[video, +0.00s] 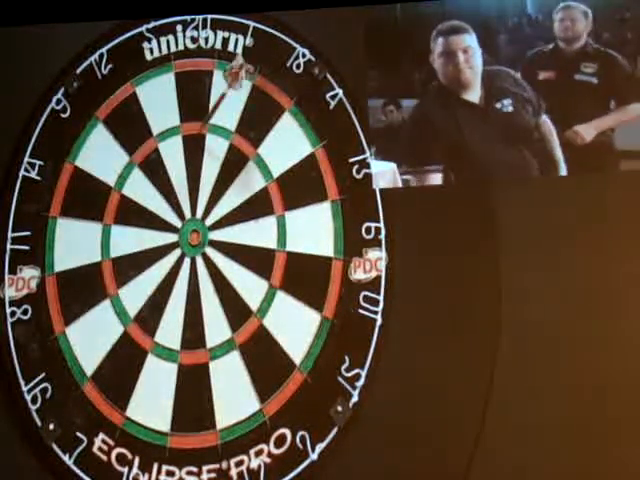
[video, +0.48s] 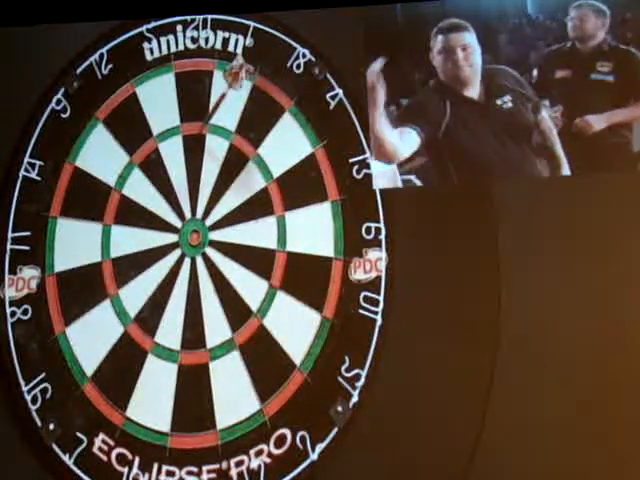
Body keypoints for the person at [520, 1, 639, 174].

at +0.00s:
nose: (566, 24)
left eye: (573, 20)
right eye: (561, 20)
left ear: (588, 25)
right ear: (553, 26)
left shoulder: (609, 62)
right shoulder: (535, 61)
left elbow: (633, 107)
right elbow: (521, 105)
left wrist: (593, 127)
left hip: (595, 162)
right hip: (546, 161)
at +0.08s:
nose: (566, 24)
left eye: (573, 19)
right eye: (561, 19)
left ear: (590, 25)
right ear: (555, 25)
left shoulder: (611, 62)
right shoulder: (537, 60)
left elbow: (634, 107)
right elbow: (524, 104)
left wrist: (593, 126)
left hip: (597, 162)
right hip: (549, 160)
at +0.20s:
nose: (569, 23)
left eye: (577, 18)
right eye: (565, 19)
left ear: (595, 24)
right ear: (559, 25)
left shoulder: (617, 61)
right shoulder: (541, 60)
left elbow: (636, 106)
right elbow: (528, 103)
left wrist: (598, 123)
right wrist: (542, 119)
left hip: (603, 158)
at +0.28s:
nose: (570, 23)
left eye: (577, 18)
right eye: (566, 19)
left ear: (596, 24)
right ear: (560, 24)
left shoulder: (618, 60)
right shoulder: (541, 61)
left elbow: (636, 106)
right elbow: (527, 102)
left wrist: (599, 122)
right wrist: (542, 118)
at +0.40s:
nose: (573, 23)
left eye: (581, 18)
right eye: (569, 19)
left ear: (600, 23)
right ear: (564, 23)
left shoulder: (624, 60)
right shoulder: (548, 59)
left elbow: (636, 107)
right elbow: (529, 100)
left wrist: (601, 119)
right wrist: (544, 117)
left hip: (610, 160)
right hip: (560, 159)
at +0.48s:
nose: (574, 24)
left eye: (582, 19)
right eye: (571, 19)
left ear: (603, 23)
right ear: (566, 22)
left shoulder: (627, 59)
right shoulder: (551, 59)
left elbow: (637, 107)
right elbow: (535, 100)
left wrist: (603, 119)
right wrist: (546, 116)